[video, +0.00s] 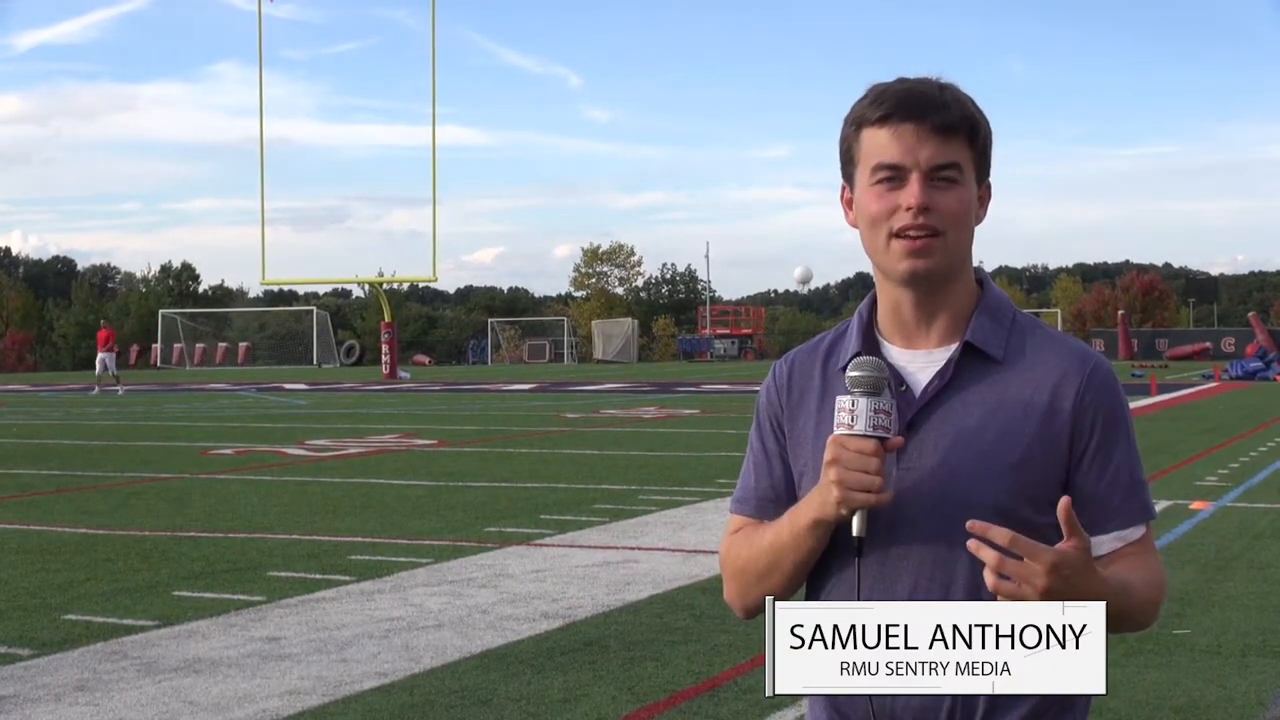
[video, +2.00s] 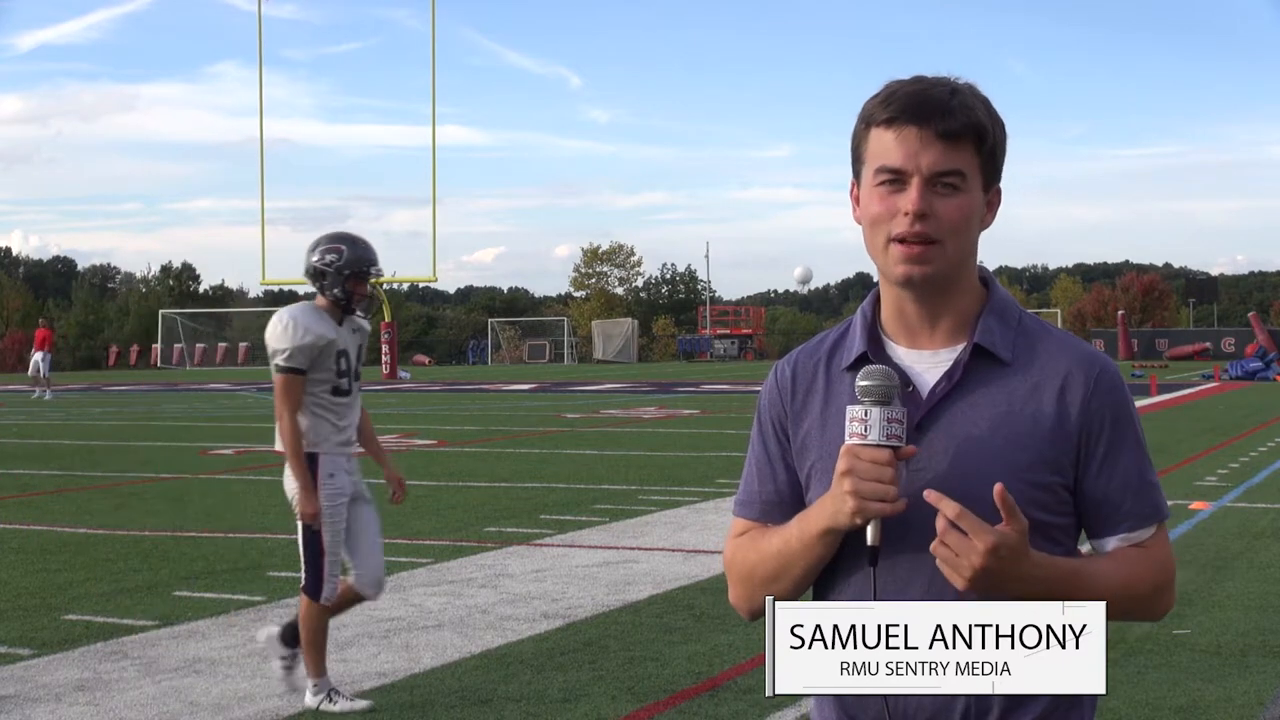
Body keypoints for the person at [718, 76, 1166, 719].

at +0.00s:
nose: (916, 201)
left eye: (944, 177)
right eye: (889, 179)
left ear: (981, 200)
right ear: (850, 204)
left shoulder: (1074, 382)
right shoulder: (794, 383)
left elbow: (1141, 583)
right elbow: (741, 587)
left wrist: (1090, 588)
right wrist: (821, 505)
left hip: (1021, 708)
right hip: (843, 707)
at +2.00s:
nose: (914, 207)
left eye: (946, 183)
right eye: (890, 182)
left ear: (989, 204)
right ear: (858, 202)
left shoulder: (1078, 381)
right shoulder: (796, 383)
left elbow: (1153, 581)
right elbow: (745, 587)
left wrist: (1030, 575)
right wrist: (830, 514)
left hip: (1028, 707)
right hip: (849, 708)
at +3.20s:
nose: (913, 198)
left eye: (942, 175)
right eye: (887, 176)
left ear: (987, 199)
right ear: (856, 205)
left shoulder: (1079, 379)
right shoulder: (799, 382)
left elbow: (1157, 597)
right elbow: (736, 584)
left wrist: (1071, 534)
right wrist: (820, 493)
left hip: (1028, 705)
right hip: (850, 706)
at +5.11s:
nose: (903, 202)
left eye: (935, 180)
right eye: (881, 180)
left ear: (985, 203)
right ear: (854, 204)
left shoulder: (1080, 379)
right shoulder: (799, 386)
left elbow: (1159, 589)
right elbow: (748, 586)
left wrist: (1038, 527)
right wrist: (824, 522)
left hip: (1033, 706)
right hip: (854, 708)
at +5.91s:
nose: (917, 196)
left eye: (947, 174)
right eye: (894, 174)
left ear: (995, 200)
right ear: (865, 206)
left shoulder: (1089, 380)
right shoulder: (800, 385)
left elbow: (1162, 573)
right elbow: (740, 588)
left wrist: (1060, 536)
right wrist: (838, 533)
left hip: (1040, 707)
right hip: (857, 709)